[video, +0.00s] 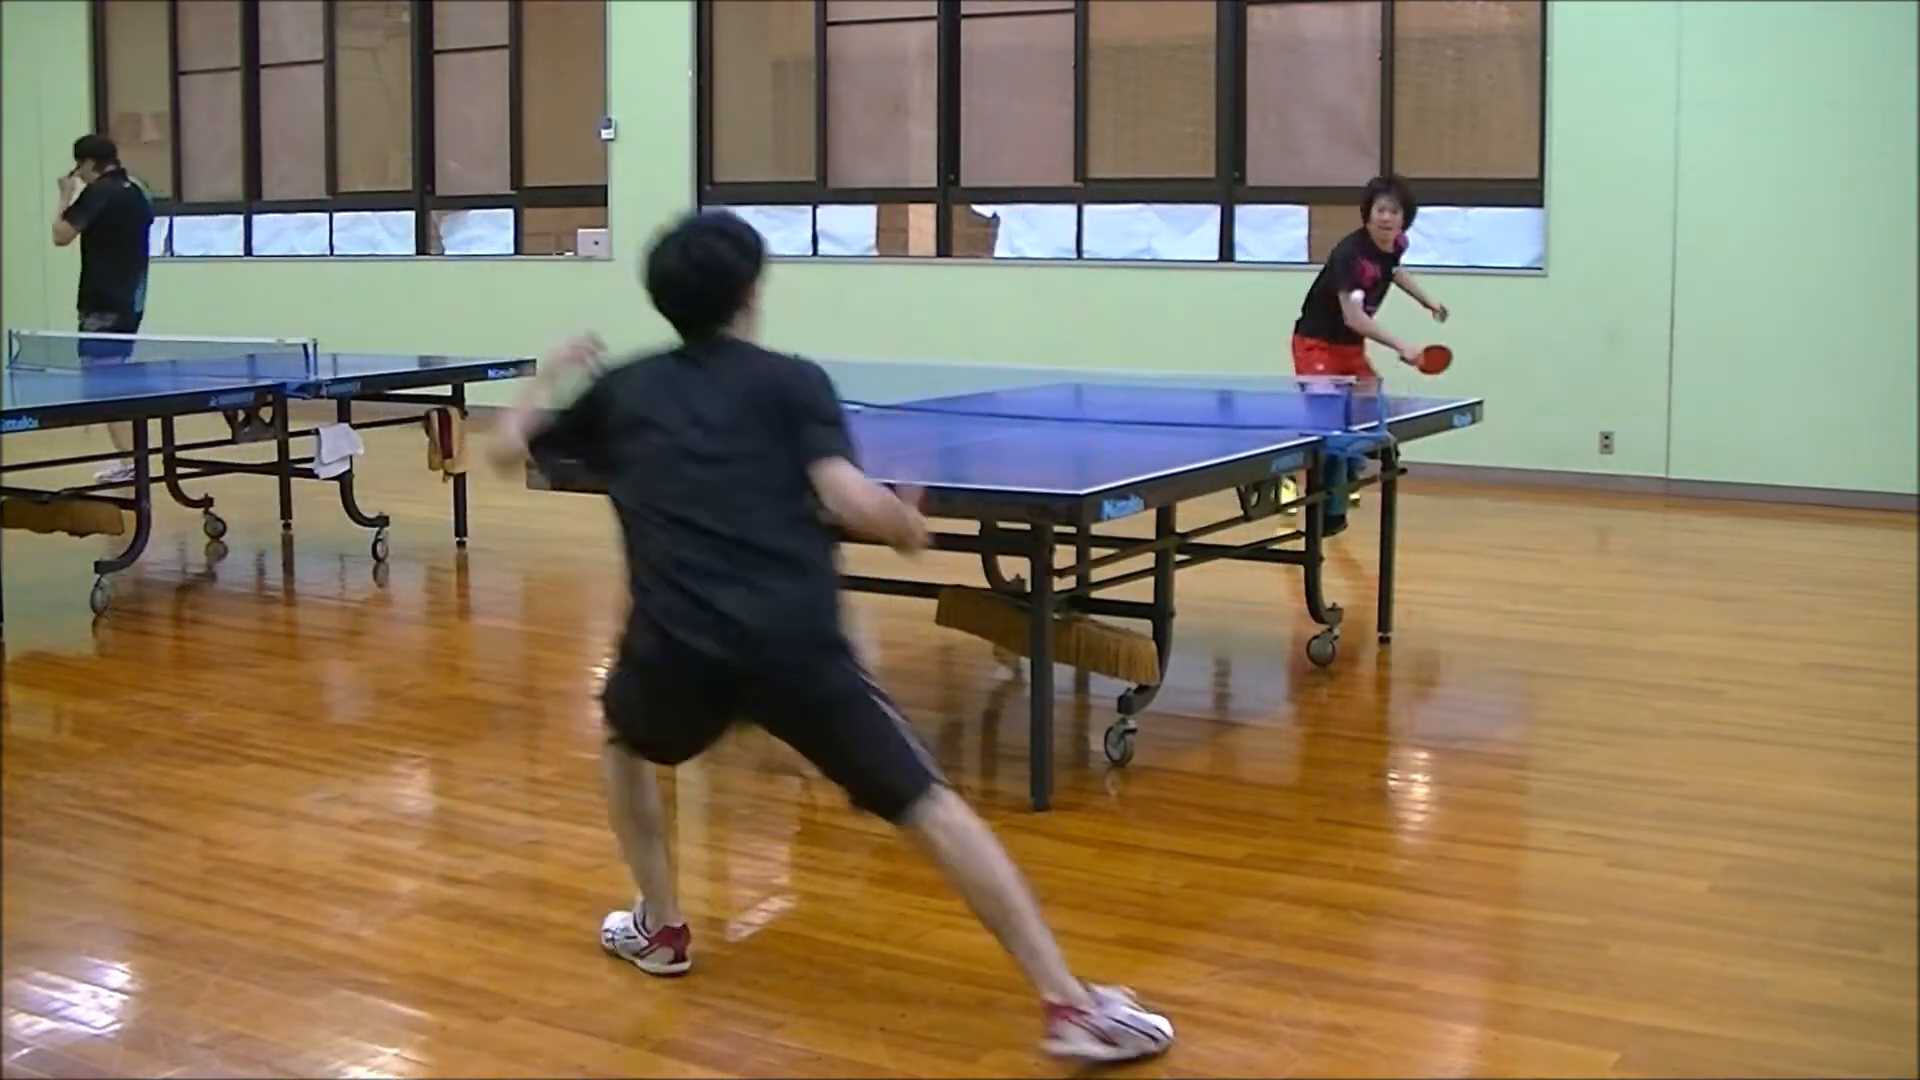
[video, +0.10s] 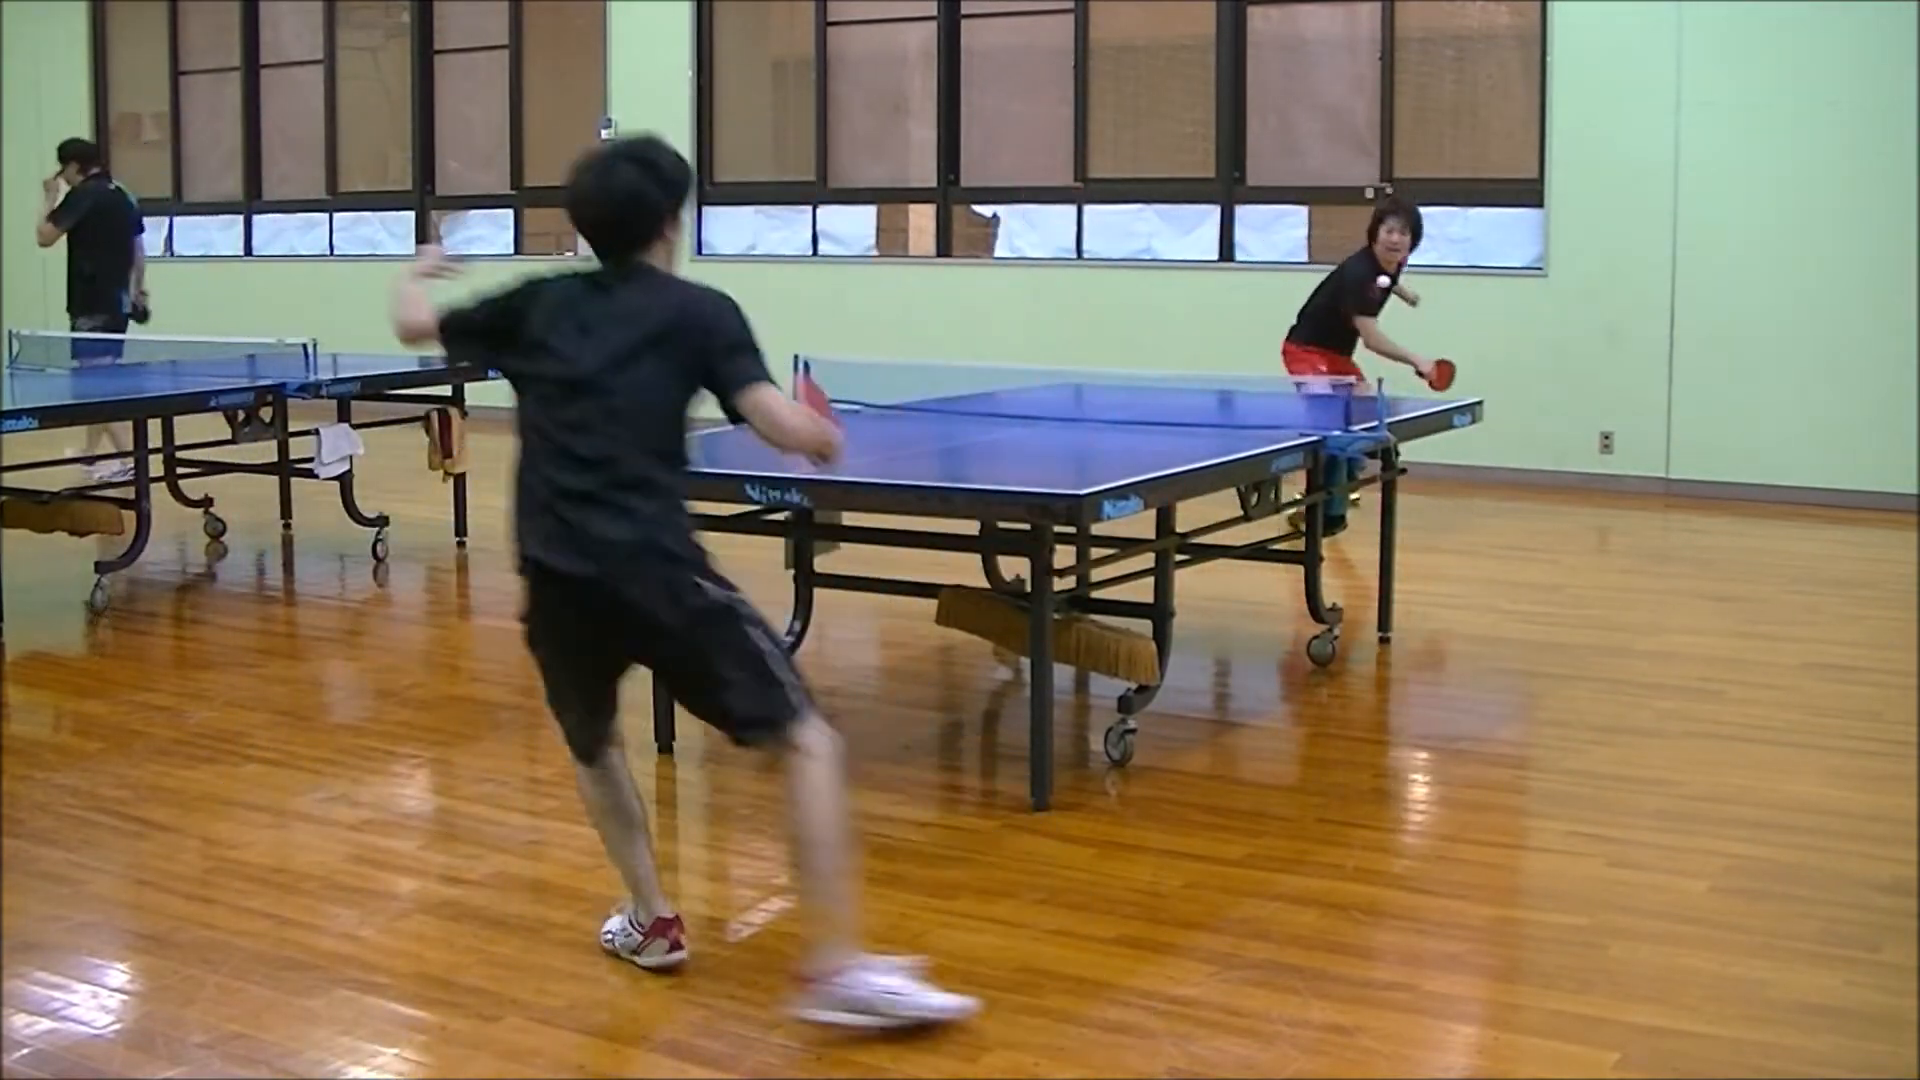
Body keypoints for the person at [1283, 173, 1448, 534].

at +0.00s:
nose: (1386, 218)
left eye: (1394, 211)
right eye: (1379, 209)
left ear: (1405, 218)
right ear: (1366, 214)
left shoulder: (1396, 245)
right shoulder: (1350, 254)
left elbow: (1394, 273)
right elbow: (1353, 317)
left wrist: (1428, 302)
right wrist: (1399, 346)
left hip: (1350, 344)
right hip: (1316, 345)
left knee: (1372, 410)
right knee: (1326, 423)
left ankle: (1343, 477)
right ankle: (1311, 504)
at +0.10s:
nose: (1395, 239)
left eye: (1403, 233)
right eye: (1388, 231)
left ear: (1413, 241)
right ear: (1374, 234)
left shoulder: (1392, 264)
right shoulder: (1360, 270)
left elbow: (1388, 279)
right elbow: (1371, 339)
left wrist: (1404, 294)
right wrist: (1416, 361)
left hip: (1337, 355)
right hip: (1306, 352)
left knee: (1370, 412)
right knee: (1330, 426)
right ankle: (1316, 506)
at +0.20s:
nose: (1397, 256)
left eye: (1405, 249)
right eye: (1390, 246)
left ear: (1412, 255)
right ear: (1374, 248)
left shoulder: (1388, 282)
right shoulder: (1358, 289)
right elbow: (1374, 355)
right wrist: (1419, 384)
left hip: (1336, 365)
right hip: (1306, 364)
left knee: (1364, 426)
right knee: (1333, 437)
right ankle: (1325, 516)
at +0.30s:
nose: (1387, 267)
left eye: (1395, 260)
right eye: (1380, 258)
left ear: (1404, 263)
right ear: (1365, 258)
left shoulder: (1390, 285)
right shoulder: (1349, 298)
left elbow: (1369, 331)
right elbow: (1357, 367)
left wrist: (1362, 370)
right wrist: (1406, 390)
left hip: (1343, 367)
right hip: (1314, 369)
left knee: (1350, 439)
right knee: (1332, 443)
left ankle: (1335, 509)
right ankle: (1324, 515)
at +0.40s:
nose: (1367, 262)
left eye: (1376, 256)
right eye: (1361, 254)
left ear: (1389, 258)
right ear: (1348, 254)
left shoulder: (1390, 275)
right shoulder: (1338, 287)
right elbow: (1351, 343)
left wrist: (1390, 354)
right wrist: (1387, 355)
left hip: (1369, 369)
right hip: (1330, 370)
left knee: (1357, 445)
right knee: (1331, 444)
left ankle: (1336, 510)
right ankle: (1323, 514)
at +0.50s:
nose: (1364, 238)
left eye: (1367, 230)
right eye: (1356, 233)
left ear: (1376, 231)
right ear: (1344, 239)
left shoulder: (1396, 257)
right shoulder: (1340, 272)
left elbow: (1420, 263)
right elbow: (1339, 282)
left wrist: (1439, 266)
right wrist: (1356, 249)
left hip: (1393, 365)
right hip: (1349, 366)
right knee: (1337, 438)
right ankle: (1328, 512)